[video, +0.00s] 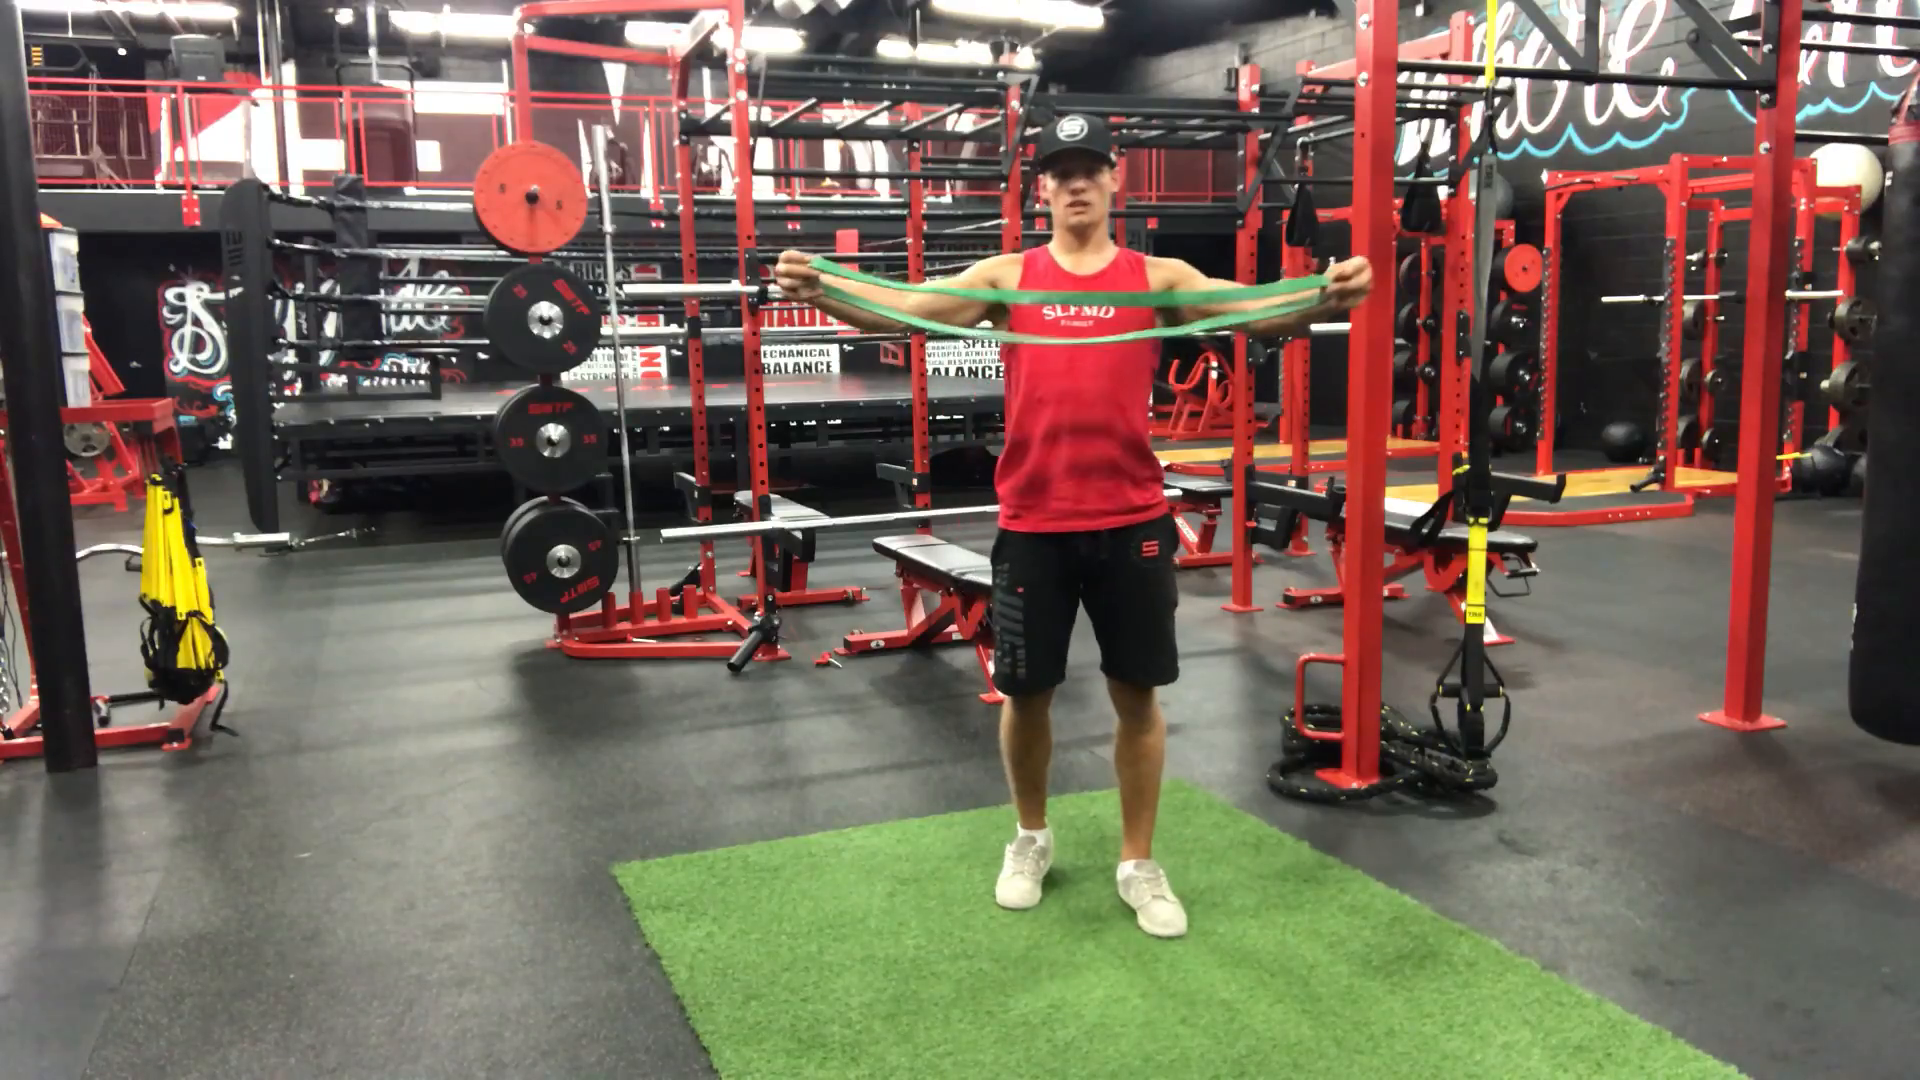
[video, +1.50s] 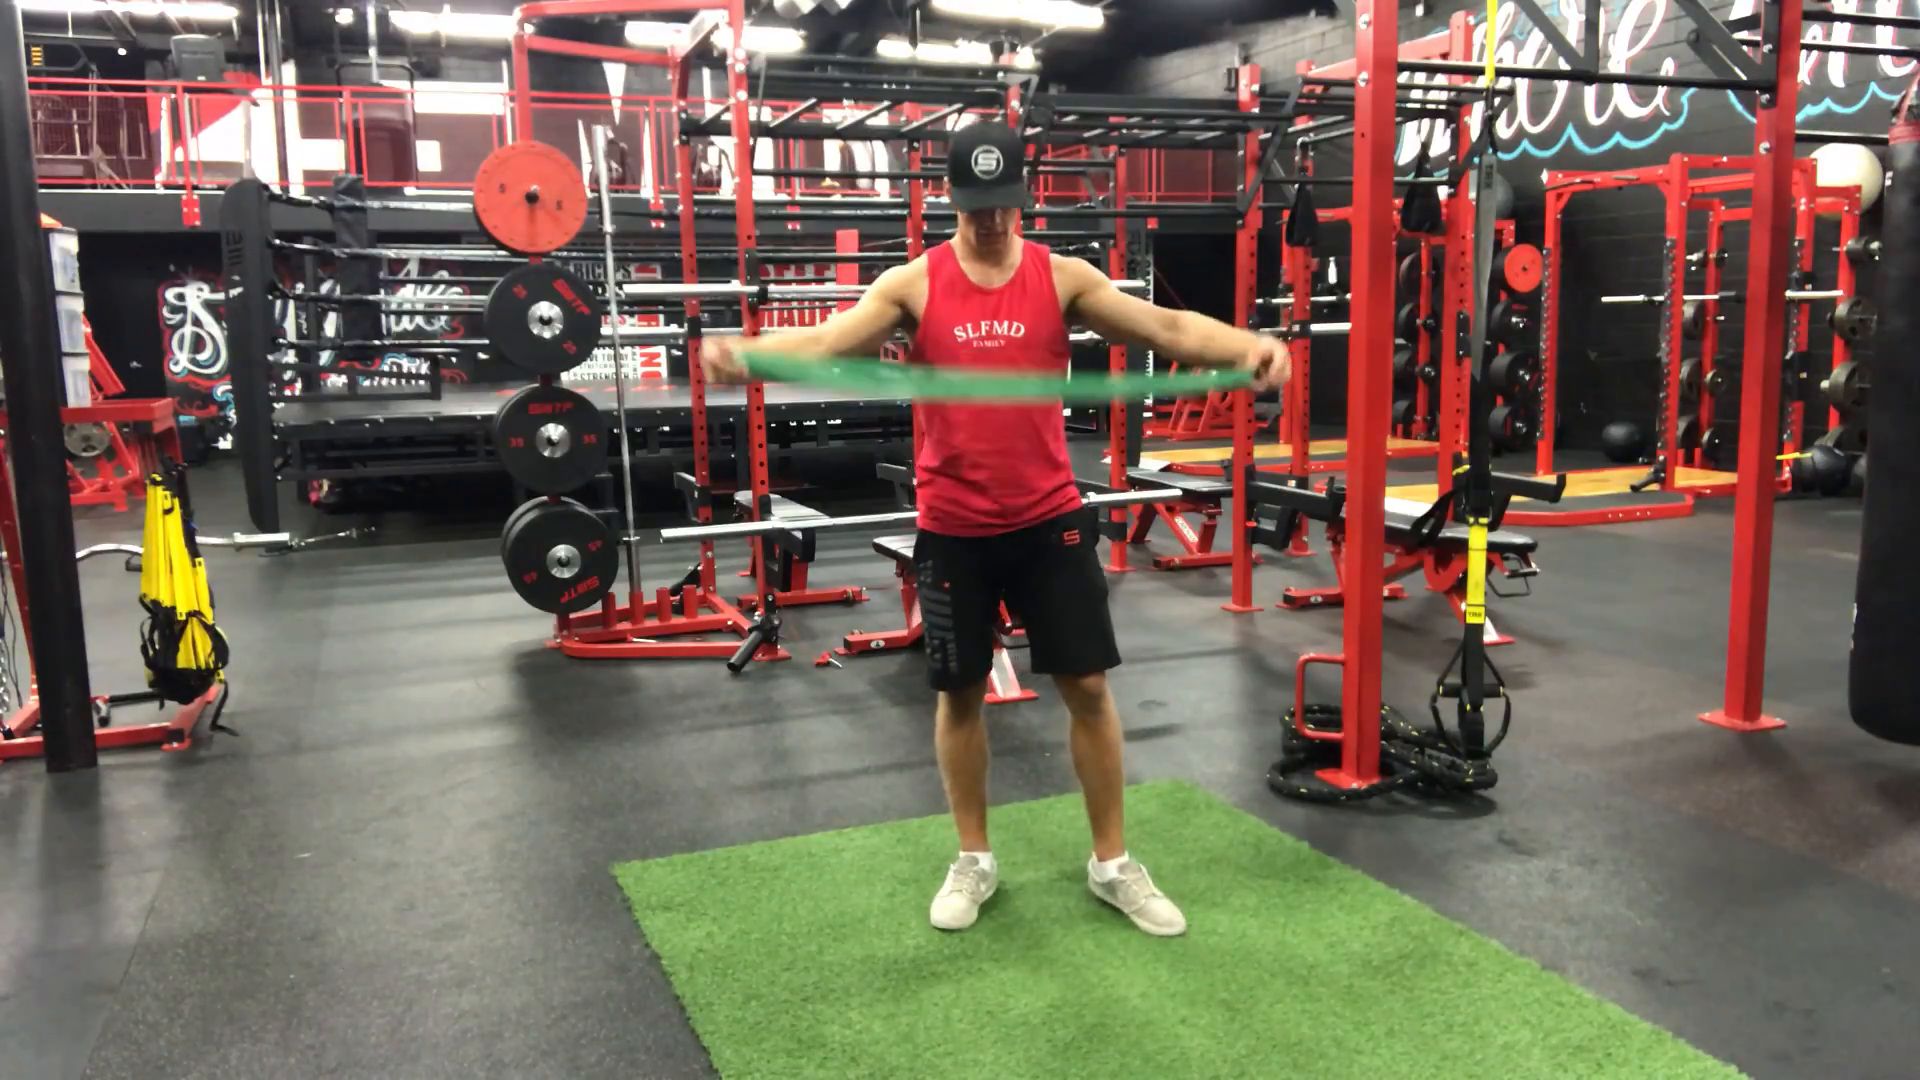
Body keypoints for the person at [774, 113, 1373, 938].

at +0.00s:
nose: (1074, 191)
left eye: (1088, 176)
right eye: (1060, 177)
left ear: (1113, 185)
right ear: (1043, 190)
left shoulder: (1158, 277)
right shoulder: (1007, 274)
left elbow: (1259, 315)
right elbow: (911, 309)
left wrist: (1326, 293)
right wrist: (820, 282)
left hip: (1131, 519)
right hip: (1032, 522)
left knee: (1139, 703)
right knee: (1025, 695)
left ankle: (1139, 862)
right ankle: (1028, 837)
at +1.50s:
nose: (990, 219)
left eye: (1002, 204)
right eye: (975, 205)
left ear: (1023, 195)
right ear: (950, 199)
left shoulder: (1063, 278)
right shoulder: (913, 283)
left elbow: (1167, 327)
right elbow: (825, 342)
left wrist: (1250, 344)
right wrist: (746, 353)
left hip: (1051, 514)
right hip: (955, 524)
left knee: (1088, 687)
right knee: (960, 696)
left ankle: (1111, 860)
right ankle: (973, 858)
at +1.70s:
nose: (1006, 260)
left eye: (1019, 244)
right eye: (989, 246)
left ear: (1041, 223)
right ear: (964, 227)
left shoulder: (1083, 290)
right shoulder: (930, 297)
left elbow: (1177, 359)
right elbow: (842, 378)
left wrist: (1266, 413)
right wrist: (763, 428)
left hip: (1066, 512)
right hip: (969, 521)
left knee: (1114, 674)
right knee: (968, 687)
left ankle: (1142, 844)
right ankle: (973, 856)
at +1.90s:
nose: (1035, 355)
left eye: (1048, 341)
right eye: (1021, 342)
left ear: (1073, 310)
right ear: (998, 312)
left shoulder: (1117, 344)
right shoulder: (965, 346)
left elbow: (1205, 432)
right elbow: (874, 435)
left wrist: (1285, 517)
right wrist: (798, 515)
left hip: (1096, 523)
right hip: (998, 524)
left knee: (1125, 680)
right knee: (976, 674)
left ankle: (1139, 832)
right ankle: (968, 854)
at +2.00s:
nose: (1046, 400)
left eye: (1059, 388)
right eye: (1033, 387)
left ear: (1085, 361)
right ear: (1010, 358)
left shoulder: (1125, 383)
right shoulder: (978, 384)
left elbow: (1209, 478)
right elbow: (887, 474)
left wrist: (1285, 575)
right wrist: (811, 567)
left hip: (1100, 527)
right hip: (1004, 524)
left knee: (1127, 675)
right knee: (976, 671)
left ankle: (1141, 832)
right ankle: (981, 831)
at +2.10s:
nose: (1048, 477)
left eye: (1063, 469)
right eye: (1034, 468)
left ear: (1092, 431)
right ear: (1012, 425)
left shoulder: (1132, 438)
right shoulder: (977, 433)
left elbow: (1214, 539)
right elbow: (892, 529)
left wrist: (1280, 633)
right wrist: (823, 626)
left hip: (1093, 530)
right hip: (997, 533)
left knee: (1128, 664)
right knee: (983, 677)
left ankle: (1143, 831)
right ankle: (993, 826)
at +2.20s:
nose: (1052, 561)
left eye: (1068, 551)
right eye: (1040, 550)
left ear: (1100, 509)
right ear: (1015, 508)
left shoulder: (1130, 497)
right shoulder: (979, 495)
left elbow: (1215, 599)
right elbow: (894, 589)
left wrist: (1280, 695)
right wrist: (830, 688)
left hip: (1098, 540)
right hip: (998, 541)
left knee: (1132, 667)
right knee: (979, 679)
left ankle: (1135, 821)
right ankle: (993, 828)